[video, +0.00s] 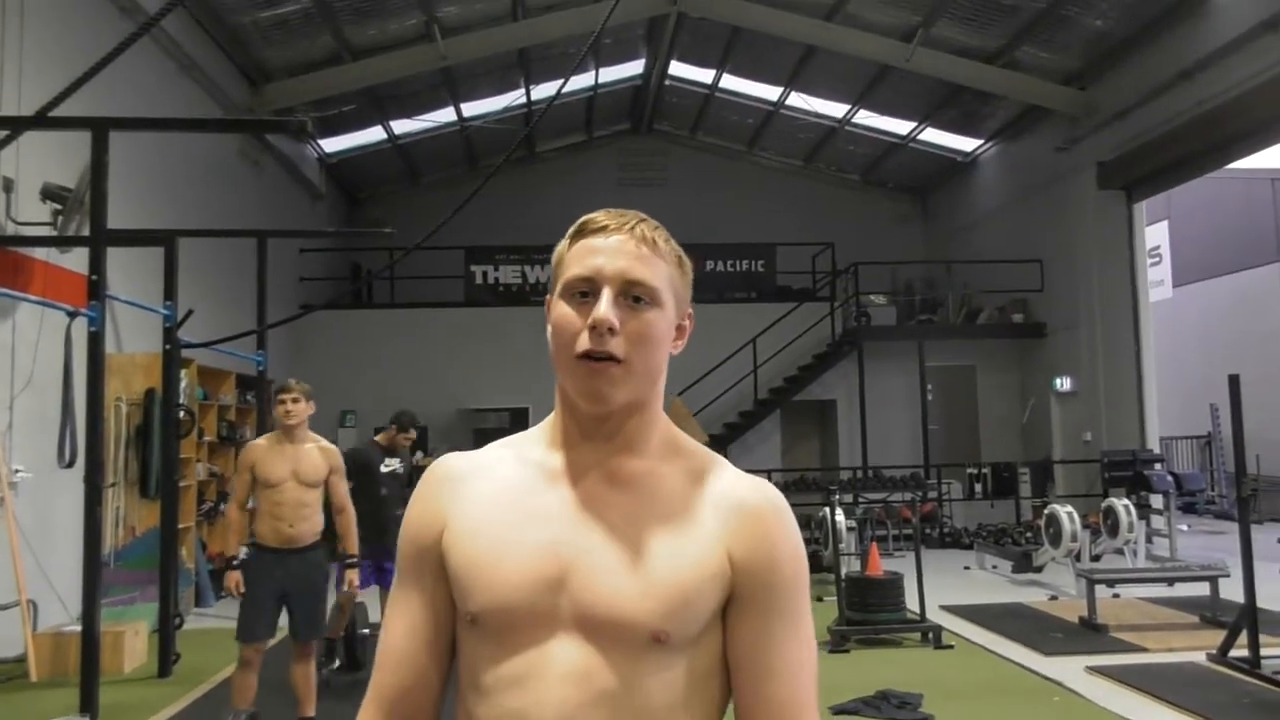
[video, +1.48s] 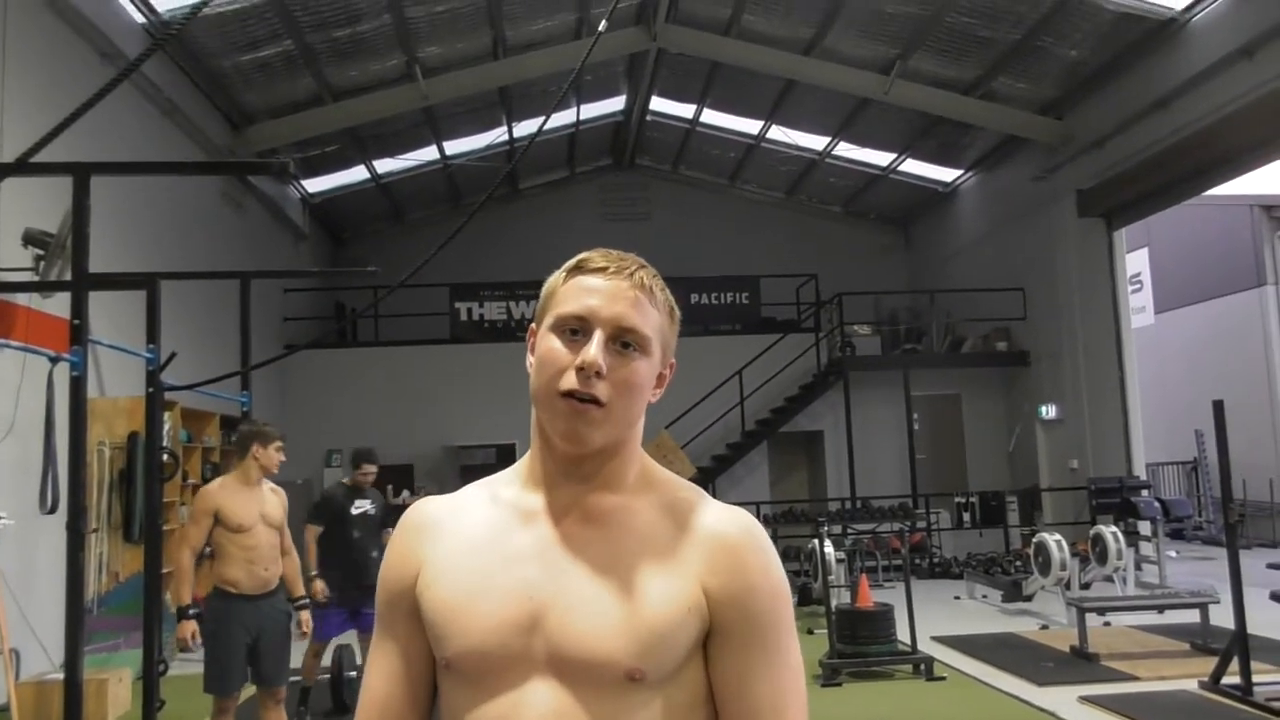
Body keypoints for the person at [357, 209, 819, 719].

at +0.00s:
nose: (601, 318)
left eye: (635, 299)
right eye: (580, 294)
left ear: (679, 332)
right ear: (549, 317)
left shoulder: (748, 517)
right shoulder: (452, 490)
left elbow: (784, 712)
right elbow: (390, 709)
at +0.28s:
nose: (581, 329)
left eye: (615, 309)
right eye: (561, 304)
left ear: (663, 339)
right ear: (532, 324)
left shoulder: (732, 521)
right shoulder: (440, 503)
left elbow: (771, 713)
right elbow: (383, 714)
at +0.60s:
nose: (572, 335)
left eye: (607, 315)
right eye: (552, 310)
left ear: (652, 349)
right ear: (520, 330)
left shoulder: (724, 529)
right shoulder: (429, 514)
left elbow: (769, 712)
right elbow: (382, 714)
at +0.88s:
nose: (573, 351)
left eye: (608, 331)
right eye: (554, 323)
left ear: (650, 360)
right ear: (519, 337)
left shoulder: (720, 535)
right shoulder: (427, 526)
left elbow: (765, 710)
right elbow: (387, 713)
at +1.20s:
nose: (590, 358)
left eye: (625, 339)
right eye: (571, 327)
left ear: (659, 374)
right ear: (532, 343)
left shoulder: (726, 541)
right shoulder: (427, 526)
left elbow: (768, 711)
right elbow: (382, 712)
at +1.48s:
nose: (590, 361)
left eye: (624, 343)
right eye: (571, 331)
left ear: (660, 380)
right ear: (533, 349)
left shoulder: (727, 549)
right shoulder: (428, 533)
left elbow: (775, 709)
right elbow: (381, 711)